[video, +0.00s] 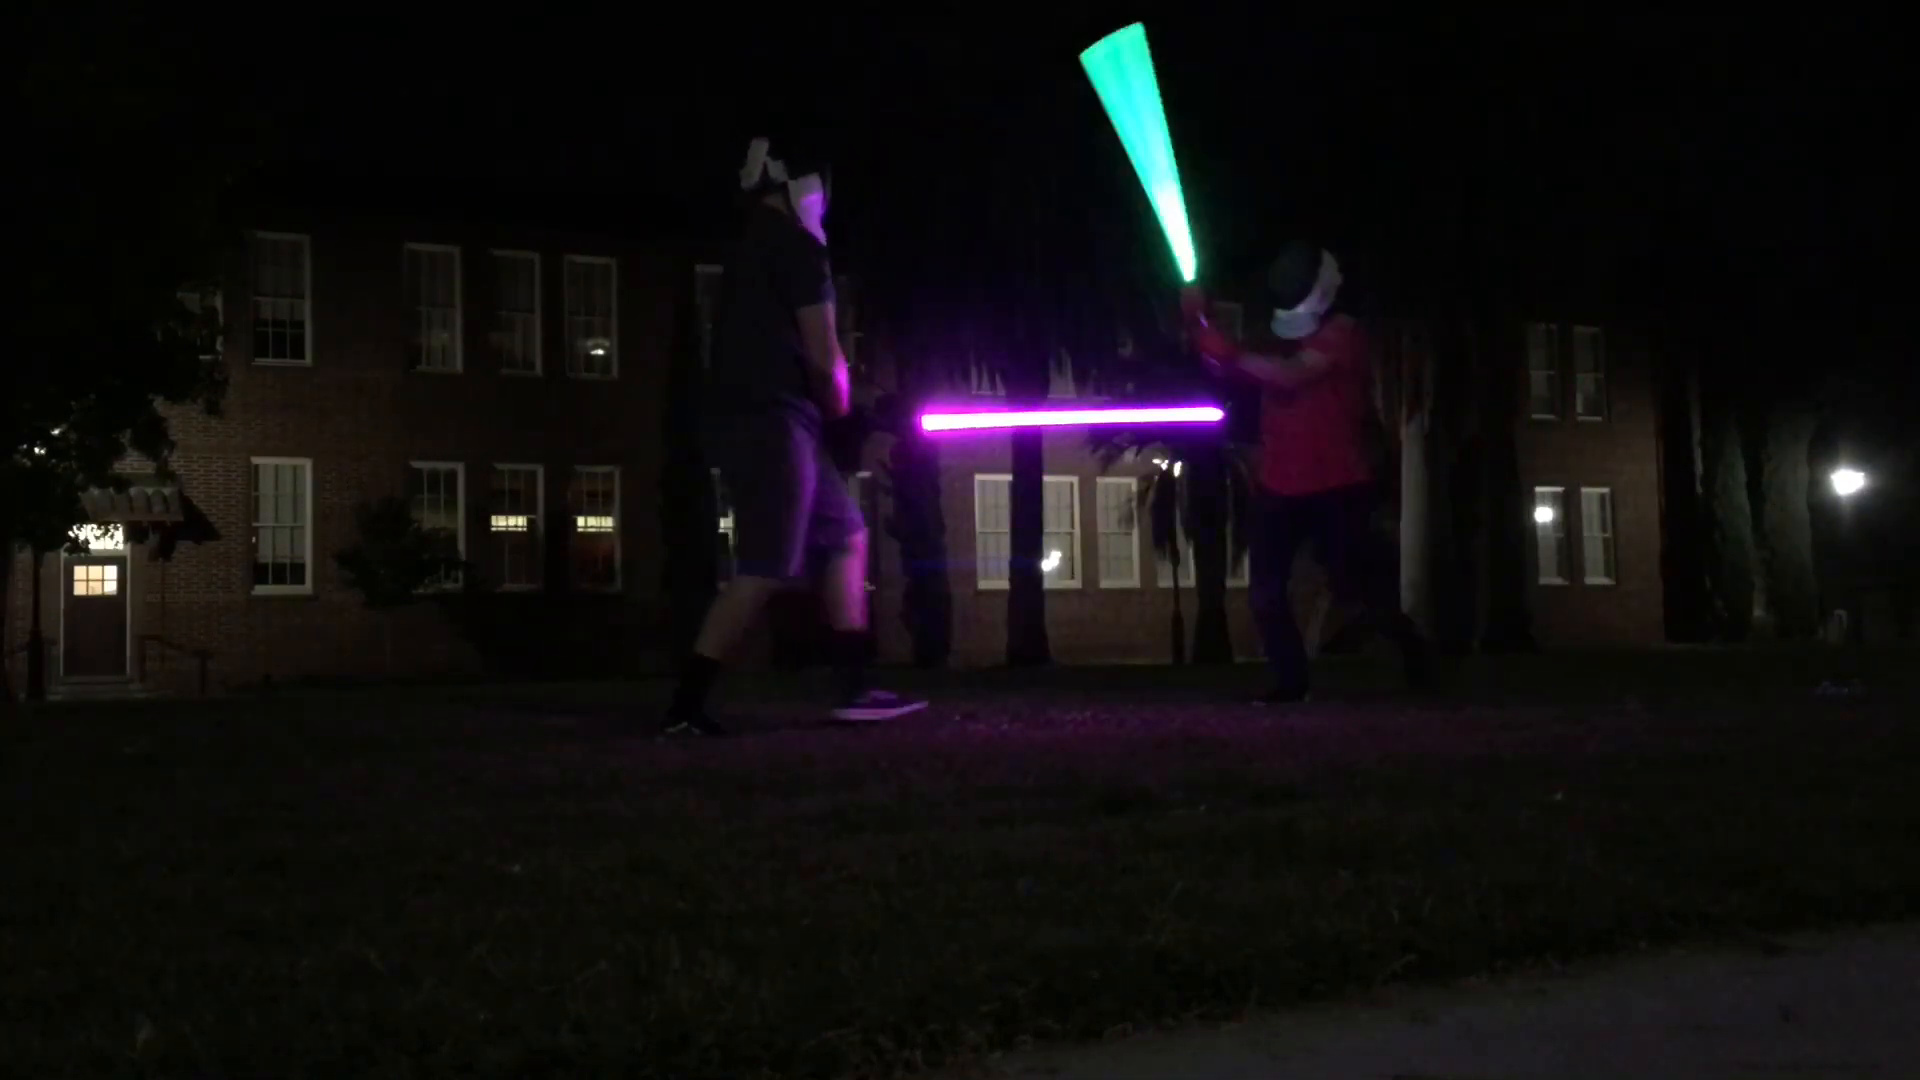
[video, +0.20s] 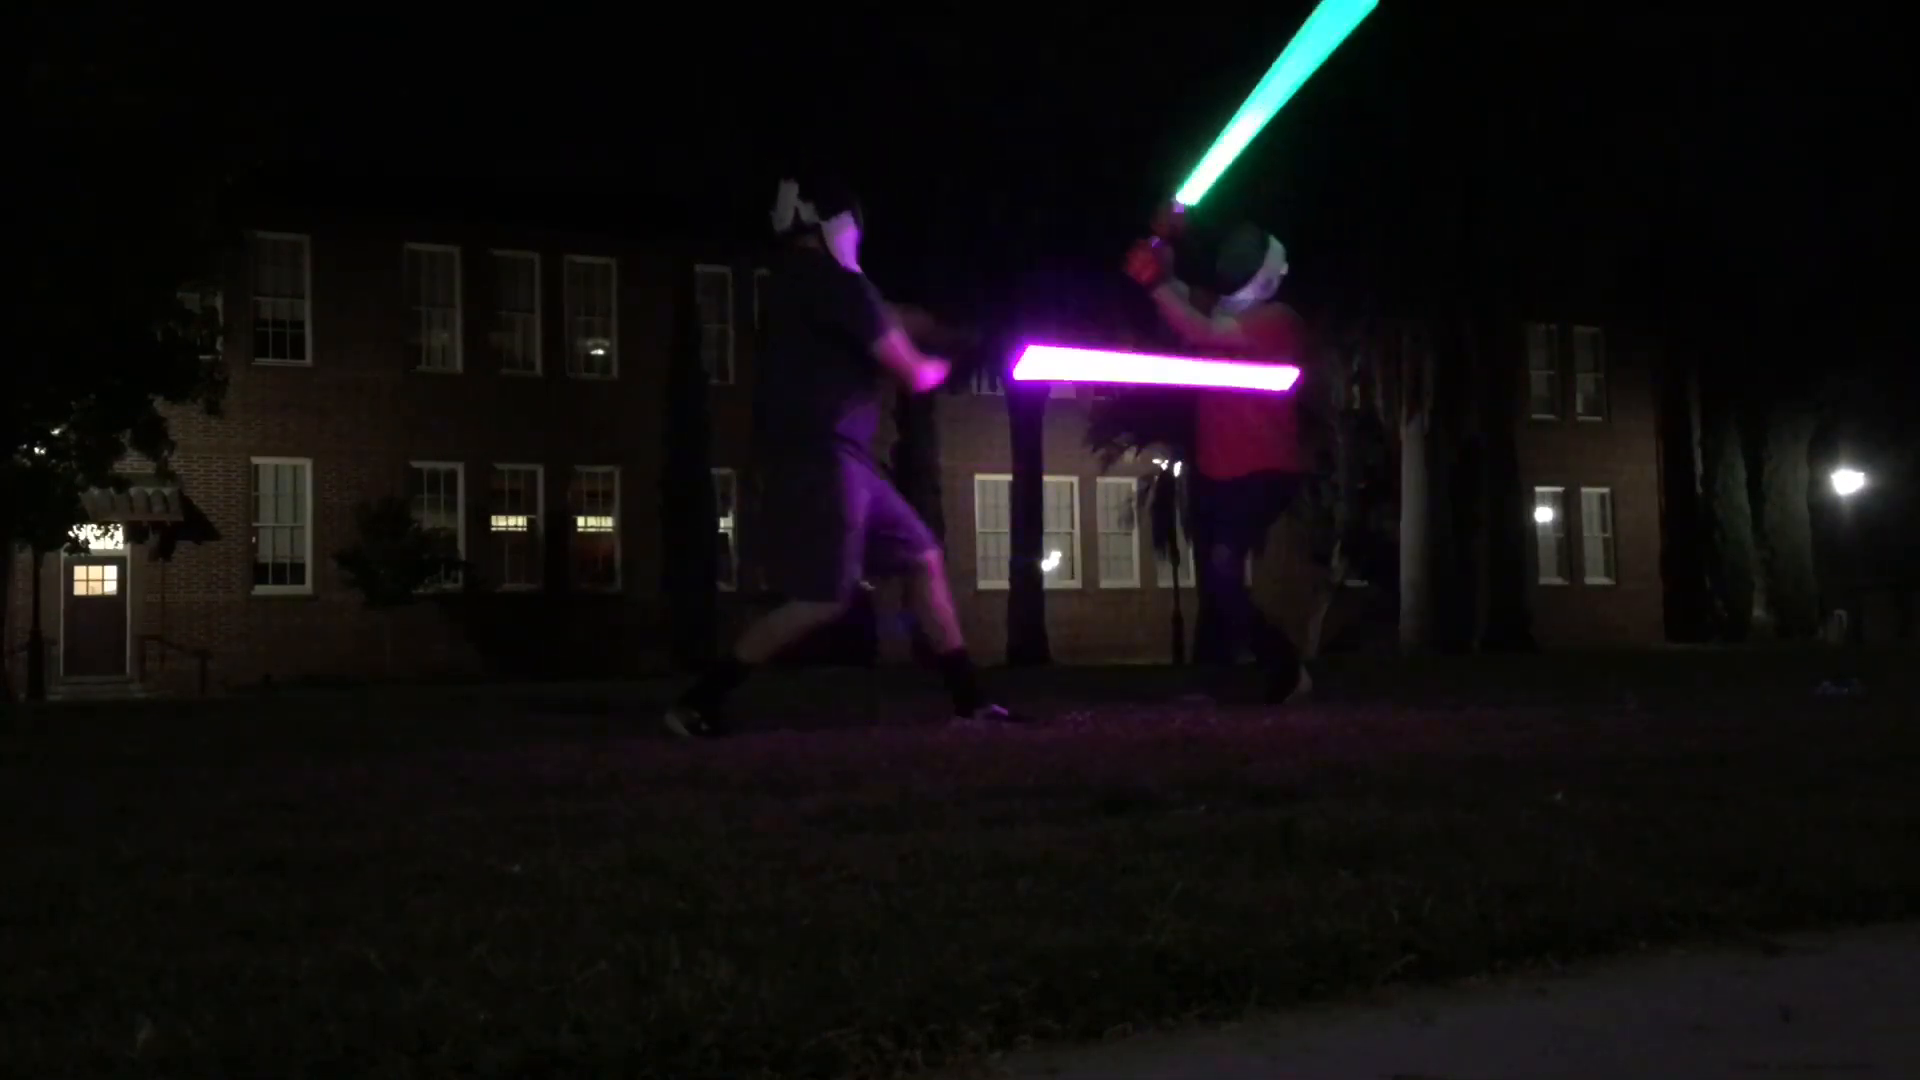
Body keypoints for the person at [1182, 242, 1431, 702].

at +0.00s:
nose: (1292, 320)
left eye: (1300, 309)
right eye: (1285, 312)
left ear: (1322, 297)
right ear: (1278, 306)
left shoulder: (1341, 335)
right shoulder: (1281, 344)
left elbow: (1292, 375)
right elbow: (1234, 374)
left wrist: (1228, 355)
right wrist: (1204, 331)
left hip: (1336, 488)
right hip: (1282, 490)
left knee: (1356, 589)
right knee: (1267, 592)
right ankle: (1289, 680)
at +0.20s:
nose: (1232, 275)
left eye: (1243, 266)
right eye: (1233, 266)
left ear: (1263, 275)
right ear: (1262, 276)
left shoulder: (1275, 323)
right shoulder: (1226, 315)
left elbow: (1211, 334)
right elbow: (1183, 303)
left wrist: (1160, 286)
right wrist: (1162, 259)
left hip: (1259, 472)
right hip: (1220, 471)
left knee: (1223, 572)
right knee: (1216, 573)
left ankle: (1281, 667)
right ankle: (1214, 676)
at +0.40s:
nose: (1196, 264)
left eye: (1208, 257)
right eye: (1195, 256)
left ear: (1223, 270)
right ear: (1187, 266)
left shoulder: (1230, 320)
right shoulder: (1169, 303)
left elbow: (1161, 316)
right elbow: (1131, 287)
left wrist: (1112, 269)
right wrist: (1092, 231)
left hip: (1204, 475)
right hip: (1156, 468)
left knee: (1154, 572)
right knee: (1093, 549)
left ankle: (1177, 688)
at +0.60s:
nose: (1126, 290)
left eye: (1135, 280)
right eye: (1121, 280)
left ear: (1159, 279)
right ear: (1111, 280)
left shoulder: (1185, 321)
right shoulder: (1102, 326)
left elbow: (1141, 283)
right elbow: (1055, 321)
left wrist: (1076, 242)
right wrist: (1035, 258)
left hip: (1164, 477)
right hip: (1102, 476)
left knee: (1131, 575)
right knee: (1049, 575)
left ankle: (1176, 685)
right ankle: (1026, 699)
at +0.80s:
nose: (1111, 261)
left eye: (1121, 253)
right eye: (1108, 254)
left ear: (1152, 253)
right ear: (1108, 256)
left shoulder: (1178, 295)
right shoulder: (1103, 296)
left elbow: (1153, 280)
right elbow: (1075, 292)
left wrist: (1098, 241)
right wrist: (1056, 245)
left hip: (1163, 458)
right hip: (1099, 461)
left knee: (1179, 547)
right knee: (1060, 578)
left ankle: (1218, 657)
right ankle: (1026, 695)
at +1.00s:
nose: (1178, 273)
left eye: (1188, 263)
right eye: (1171, 262)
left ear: (1209, 266)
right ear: (1160, 266)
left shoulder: (1222, 317)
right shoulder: (1135, 299)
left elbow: (1199, 287)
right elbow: (1094, 298)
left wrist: (1150, 242)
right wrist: (1084, 234)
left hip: (1190, 475)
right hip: (1125, 473)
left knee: (1250, 577)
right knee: (1082, 584)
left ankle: (1310, 680)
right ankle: (1030, 696)